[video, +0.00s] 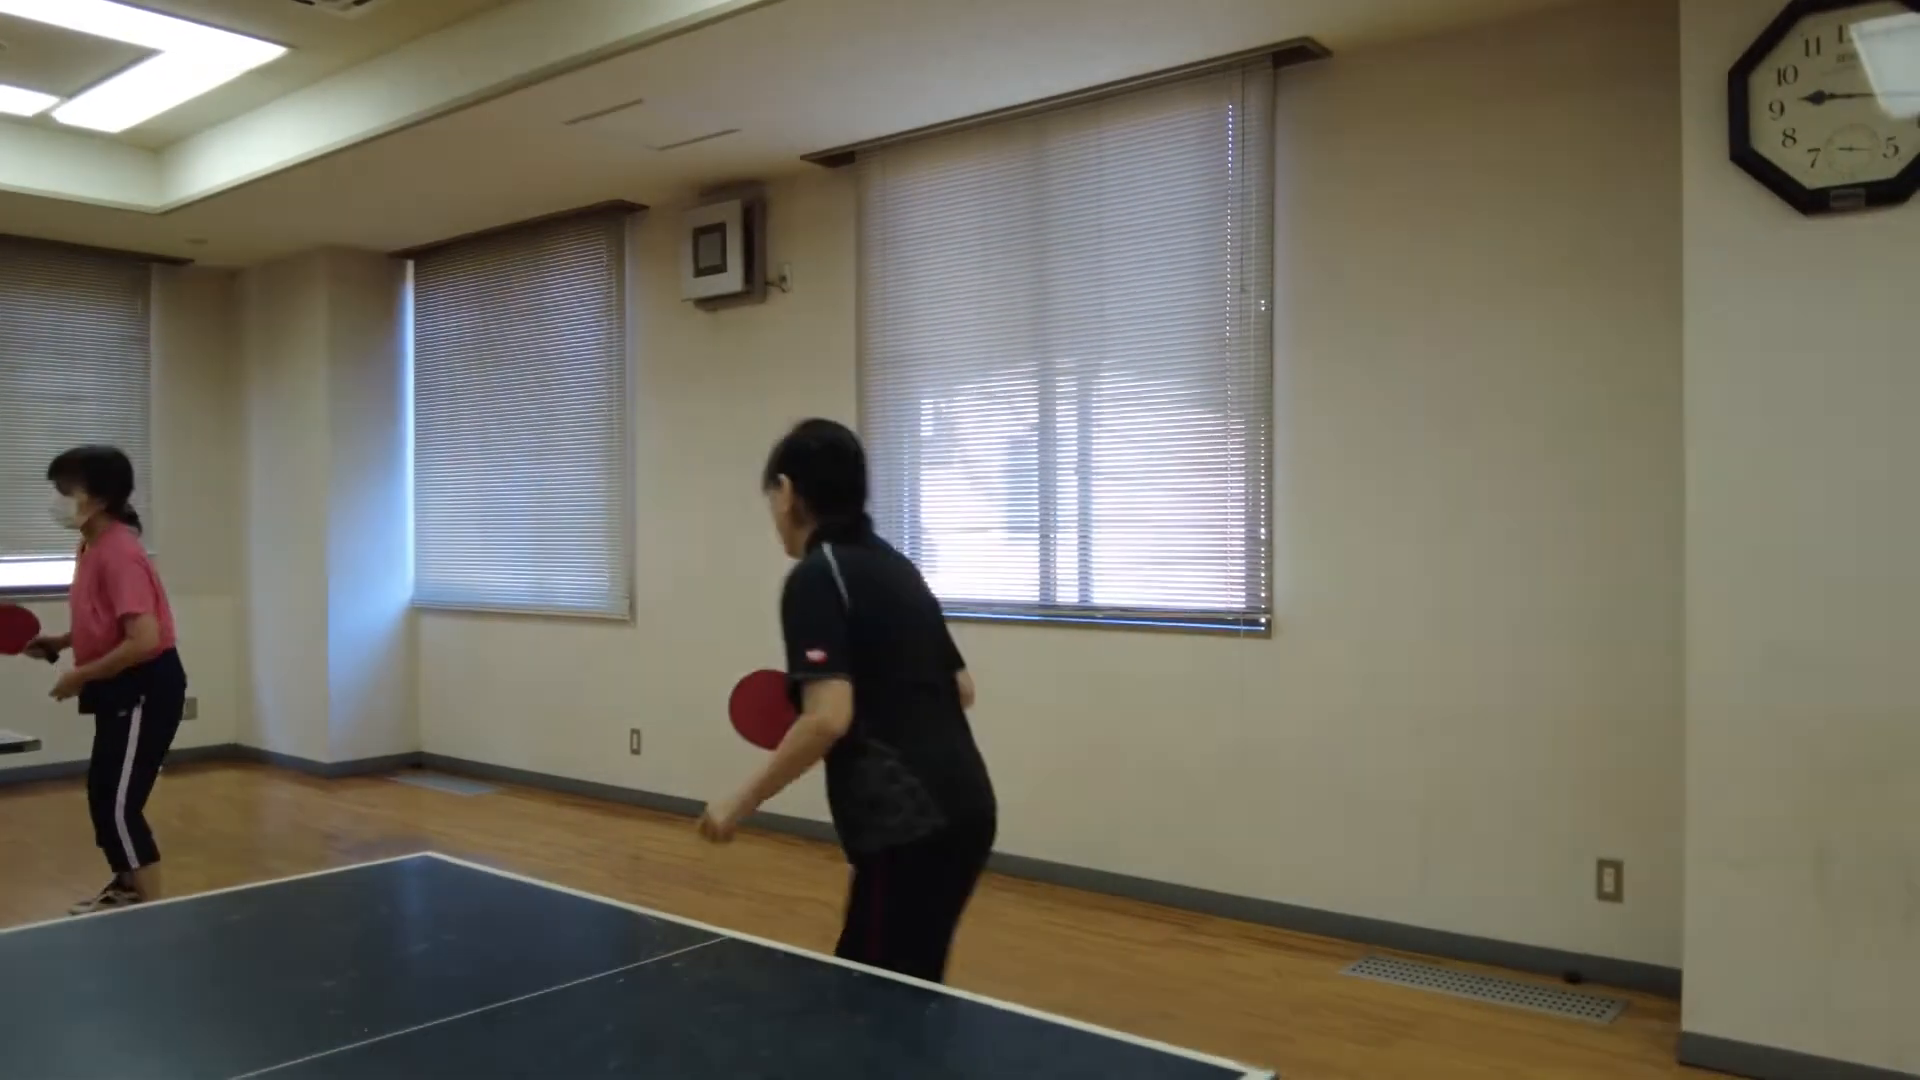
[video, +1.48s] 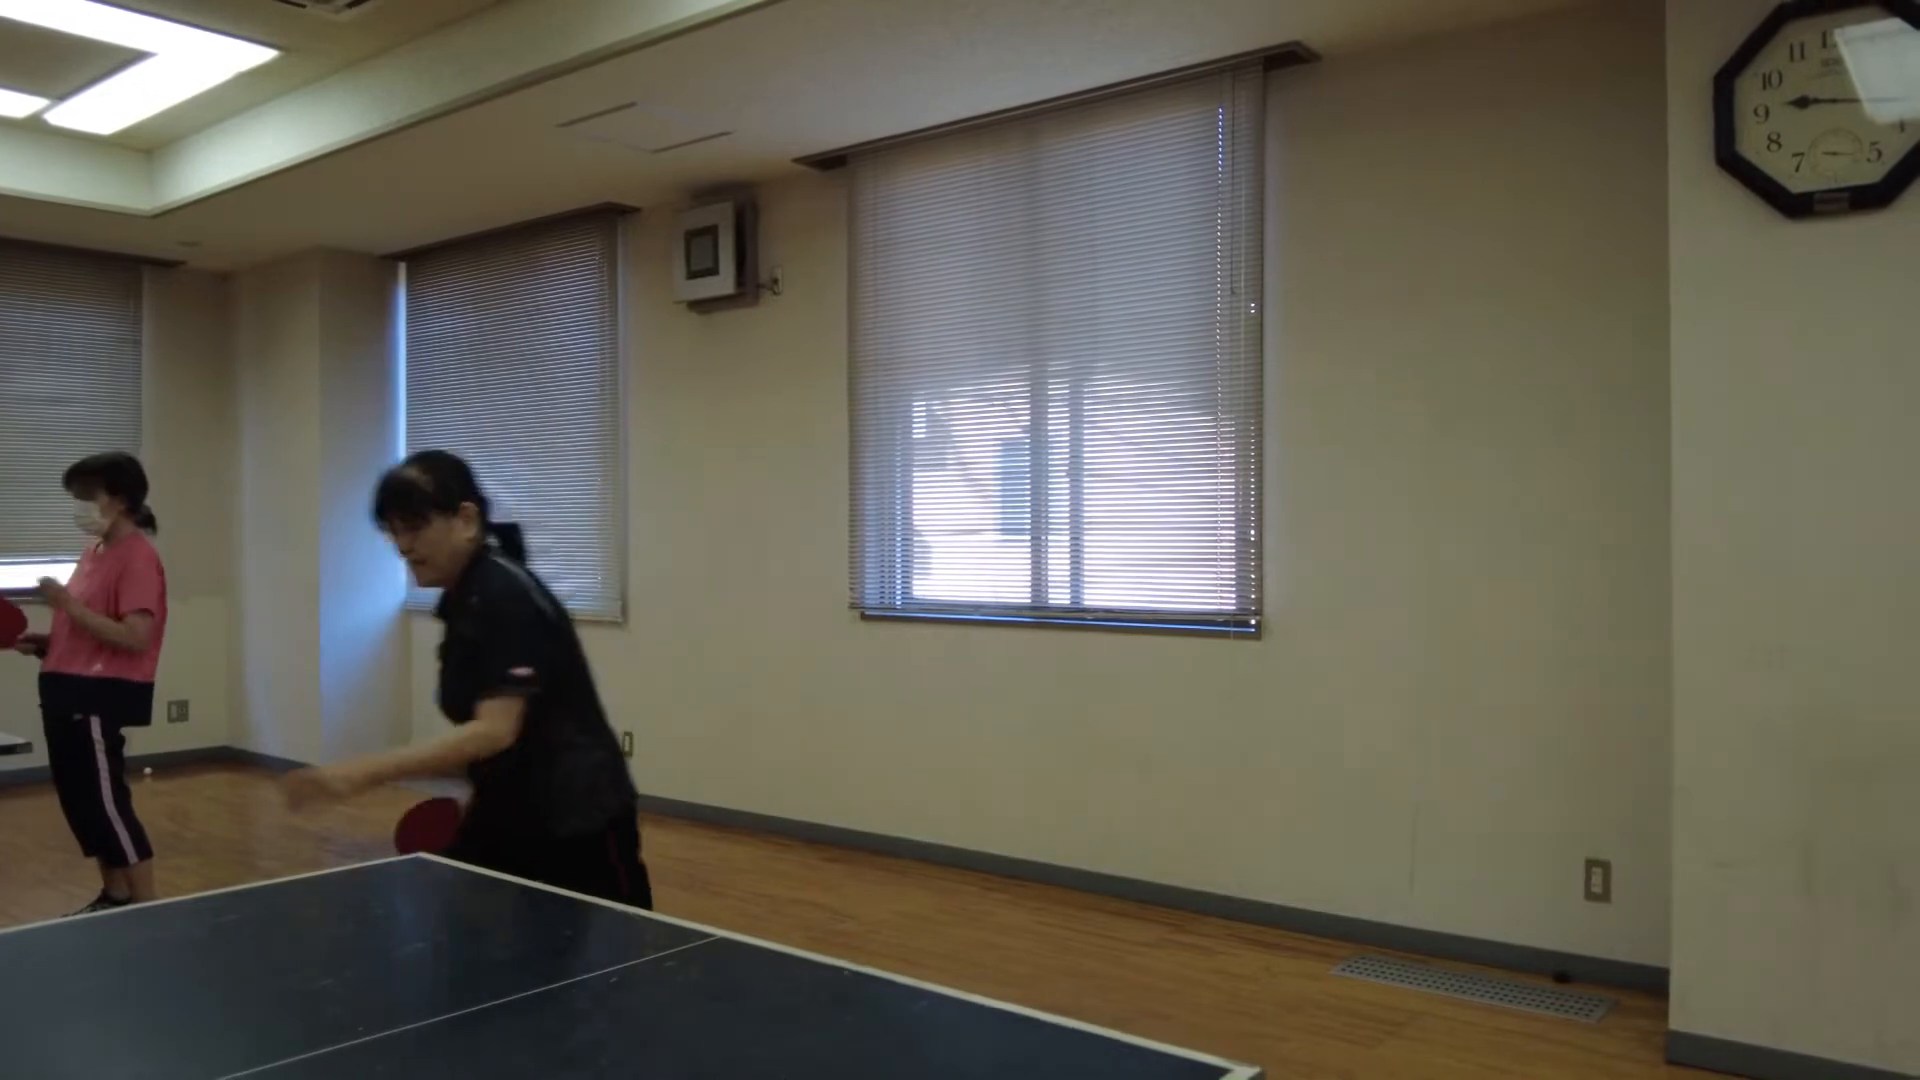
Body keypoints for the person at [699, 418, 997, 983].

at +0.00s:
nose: (772, 511)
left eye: (771, 494)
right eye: (770, 495)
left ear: (791, 493)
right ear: (850, 488)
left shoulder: (816, 576)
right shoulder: (893, 565)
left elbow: (829, 717)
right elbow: (960, 688)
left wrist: (740, 802)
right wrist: (869, 720)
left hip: (905, 826)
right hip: (959, 813)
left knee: (866, 994)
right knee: (899, 995)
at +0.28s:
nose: (706, 502)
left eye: (704, 485)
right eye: (700, 488)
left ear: (735, 475)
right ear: (783, 470)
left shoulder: (736, 551)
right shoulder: (839, 550)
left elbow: (751, 670)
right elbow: (876, 669)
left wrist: (747, 805)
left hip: (785, 796)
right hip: (869, 789)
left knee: (732, 970)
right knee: (854, 975)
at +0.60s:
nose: (600, 497)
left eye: (605, 479)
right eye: (597, 483)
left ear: (648, 474)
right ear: (655, 474)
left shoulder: (639, 553)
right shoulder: (726, 543)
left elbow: (644, 678)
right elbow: (766, 652)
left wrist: (605, 793)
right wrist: (666, 665)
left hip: (676, 778)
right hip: (749, 768)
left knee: (645, 925)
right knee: (694, 913)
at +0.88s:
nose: (529, 530)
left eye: (538, 511)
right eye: (521, 518)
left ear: (586, 501)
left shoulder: (606, 563)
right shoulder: (599, 561)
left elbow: (644, 682)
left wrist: (565, 760)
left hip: (640, 799)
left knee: (564, 922)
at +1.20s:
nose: (483, 530)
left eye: (492, 509)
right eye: (473, 519)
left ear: (538, 494)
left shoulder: (572, 556)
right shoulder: (545, 568)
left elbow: (636, 660)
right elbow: (588, 684)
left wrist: (578, 766)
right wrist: (540, 764)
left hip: (627, 789)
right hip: (589, 790)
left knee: (613, 946)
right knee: (540, 930)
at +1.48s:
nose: (403, 545)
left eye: (416, 526)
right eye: (396, 532)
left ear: (467, 519)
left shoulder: (505, 596)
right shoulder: (471, 598)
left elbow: (496, 731)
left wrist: (360, 774)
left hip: (572, 822)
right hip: (509, 817)